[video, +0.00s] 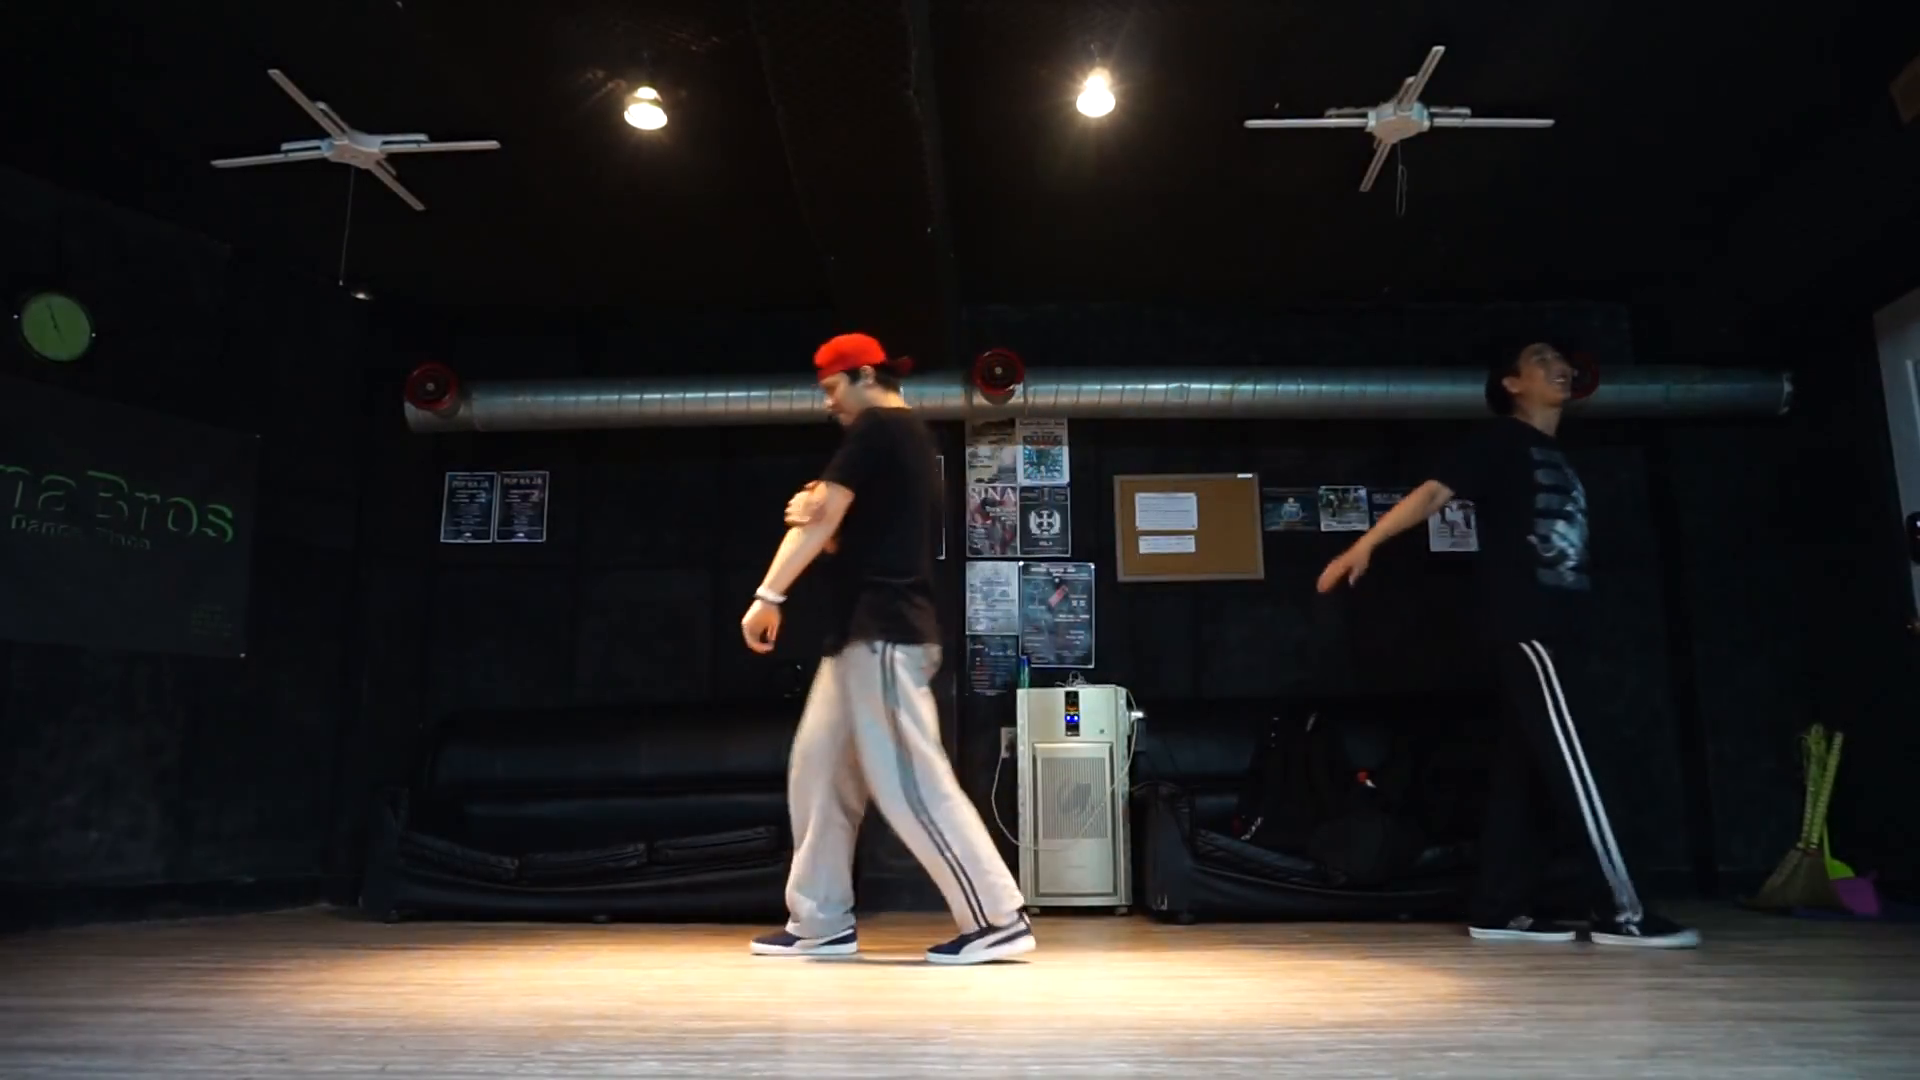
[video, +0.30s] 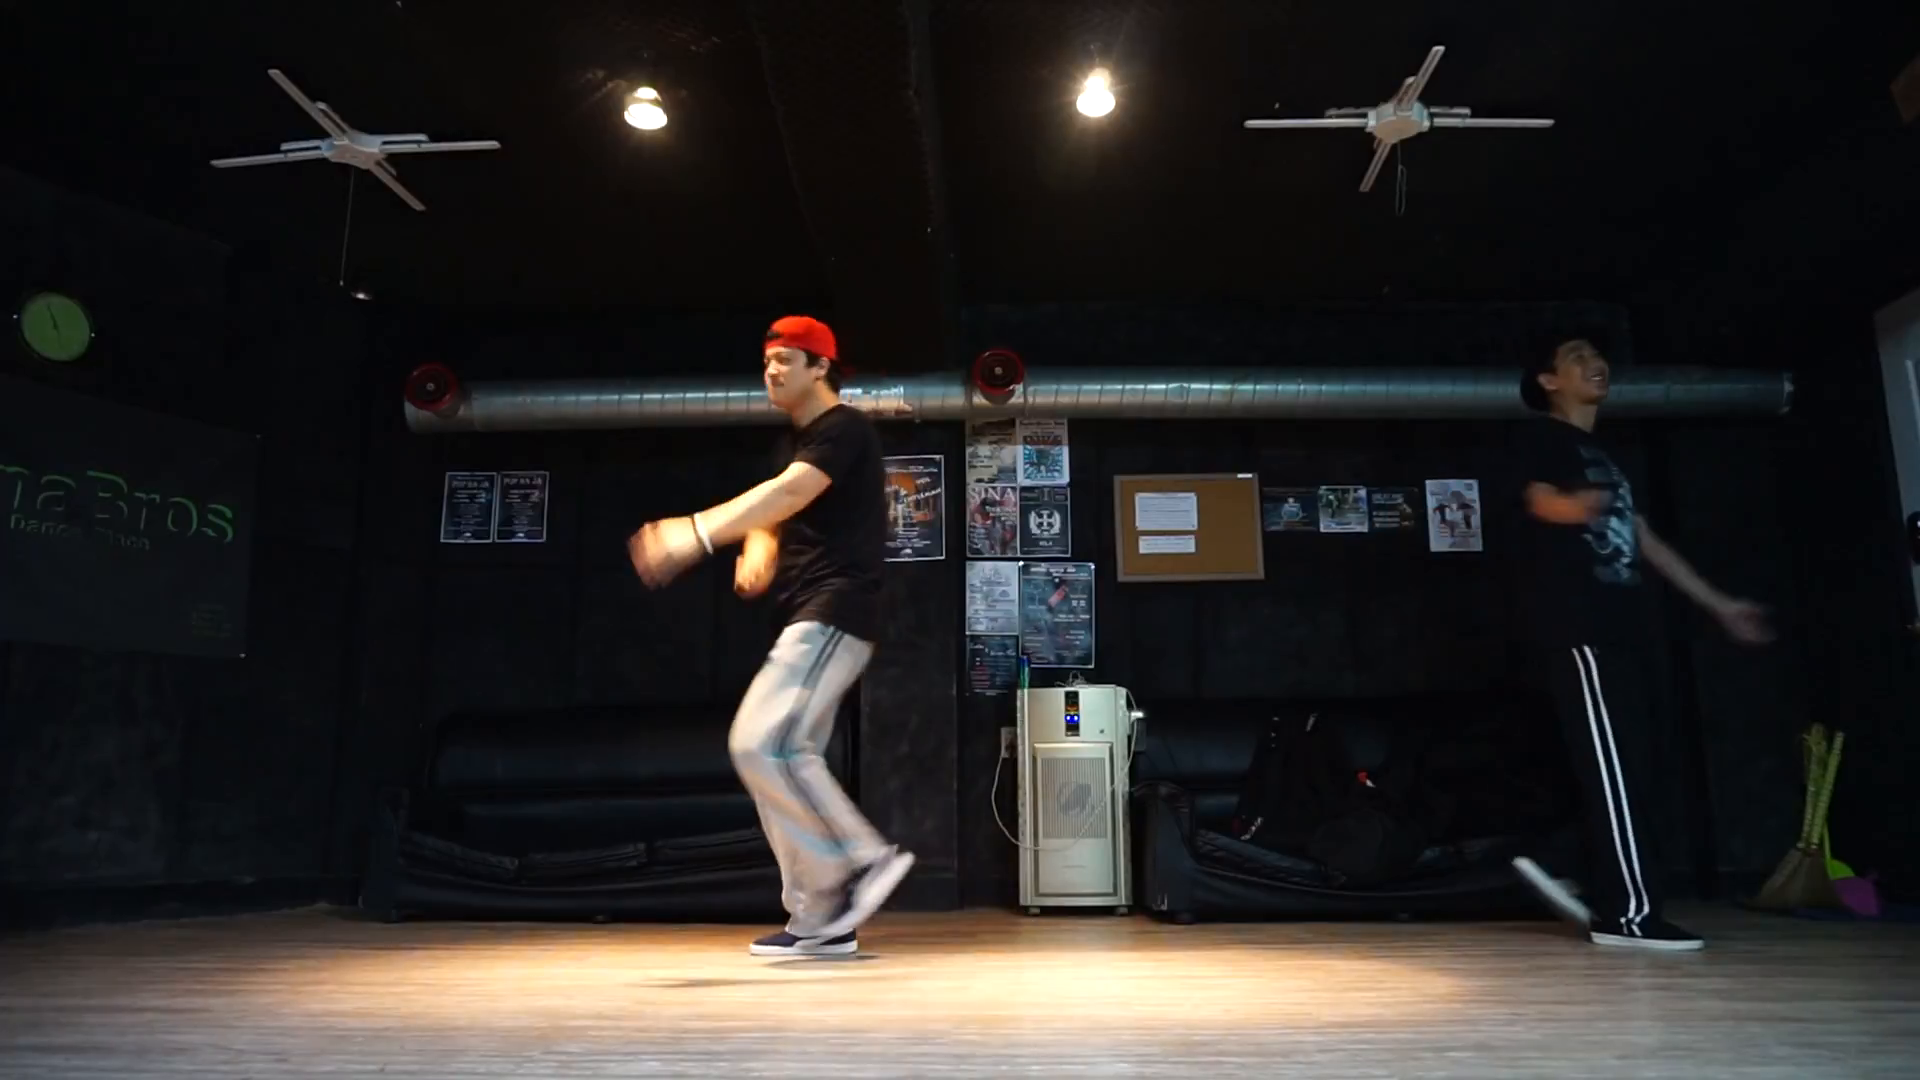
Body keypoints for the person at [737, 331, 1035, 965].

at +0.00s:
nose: (826, 402)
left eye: (830, 388)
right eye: (824, 390)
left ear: (861, 378)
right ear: (869, 379)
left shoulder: (875, 430)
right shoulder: (904, 431)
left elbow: (820, 523)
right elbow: (876, 519)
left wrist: (768, 595)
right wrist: (817, 506)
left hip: (883, 636)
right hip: (860, 637)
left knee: (912, 781)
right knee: (817, 770)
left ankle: (998, 924)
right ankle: (821, 925)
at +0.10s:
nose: (804, 395)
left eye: (810, 382)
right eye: (801, 384)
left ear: (843, 373)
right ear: (845, 376)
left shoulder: (860, 428)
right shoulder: (878, 430)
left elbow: (807, 519)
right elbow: (846, 521)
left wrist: (753, 594)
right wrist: (796, 505)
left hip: (861, 631)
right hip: (837, 632)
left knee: (860, 771)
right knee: (797, 771)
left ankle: (974, 899)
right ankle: (820, 925)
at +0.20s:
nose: (785, 385)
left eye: (793, 371)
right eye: (782, 374)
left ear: (829, 368)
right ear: (812, 375)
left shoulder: (855, 427)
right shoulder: (834, 432)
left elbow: (787, 507)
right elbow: (778, 507)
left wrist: (722, 580)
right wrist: (774, 523)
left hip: (847, 627)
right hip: (819, 627)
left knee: (810, 761)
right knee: (783, 765)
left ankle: (927, 865)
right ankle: (820, 923)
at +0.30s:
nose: (770, 375)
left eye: (782, 362)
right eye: (768, 364)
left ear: (820, 368)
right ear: (777, 374)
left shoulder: (844, 427)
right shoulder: (805, 437)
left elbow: (791, 492)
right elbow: (778, 504)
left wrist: (694, 530)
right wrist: (759, 543)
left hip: (838, 613)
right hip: (818, 613)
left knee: (760, 741)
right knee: (786, 755)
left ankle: (869, 857)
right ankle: (819, 923)